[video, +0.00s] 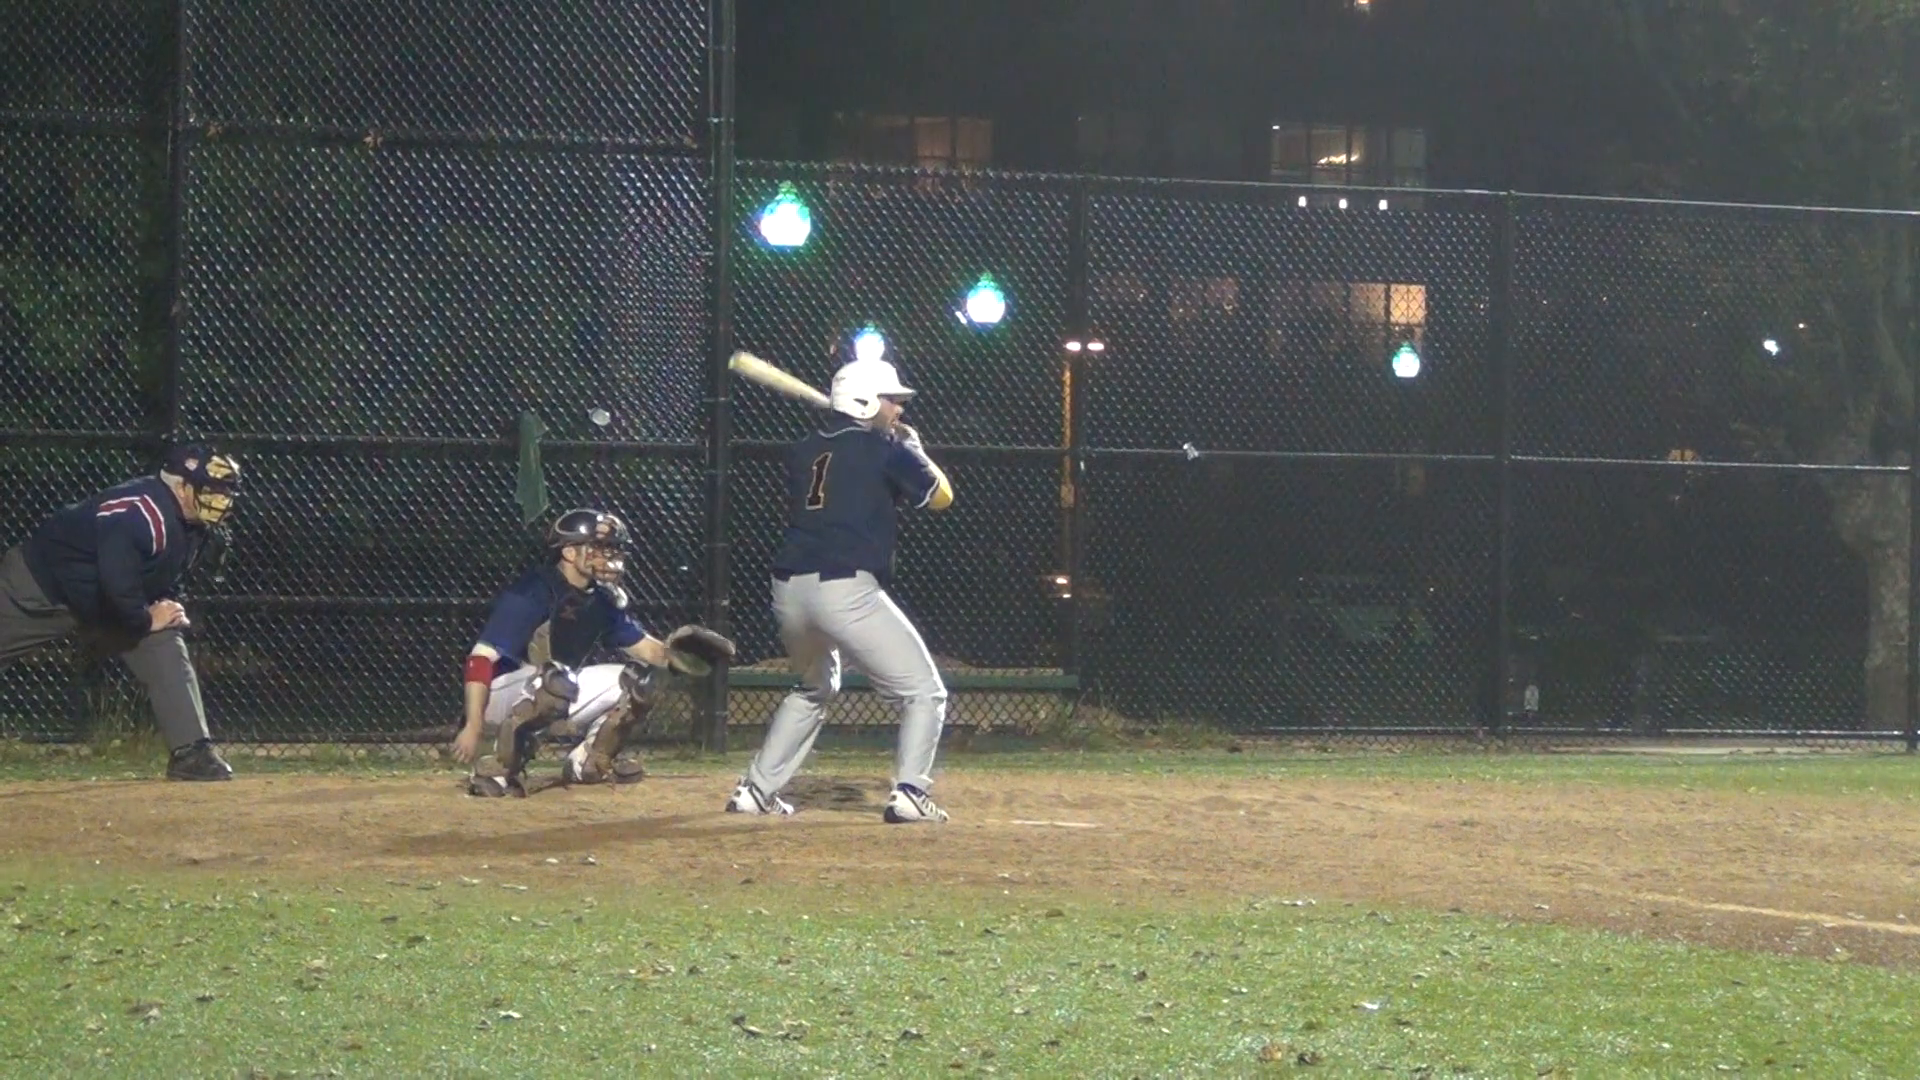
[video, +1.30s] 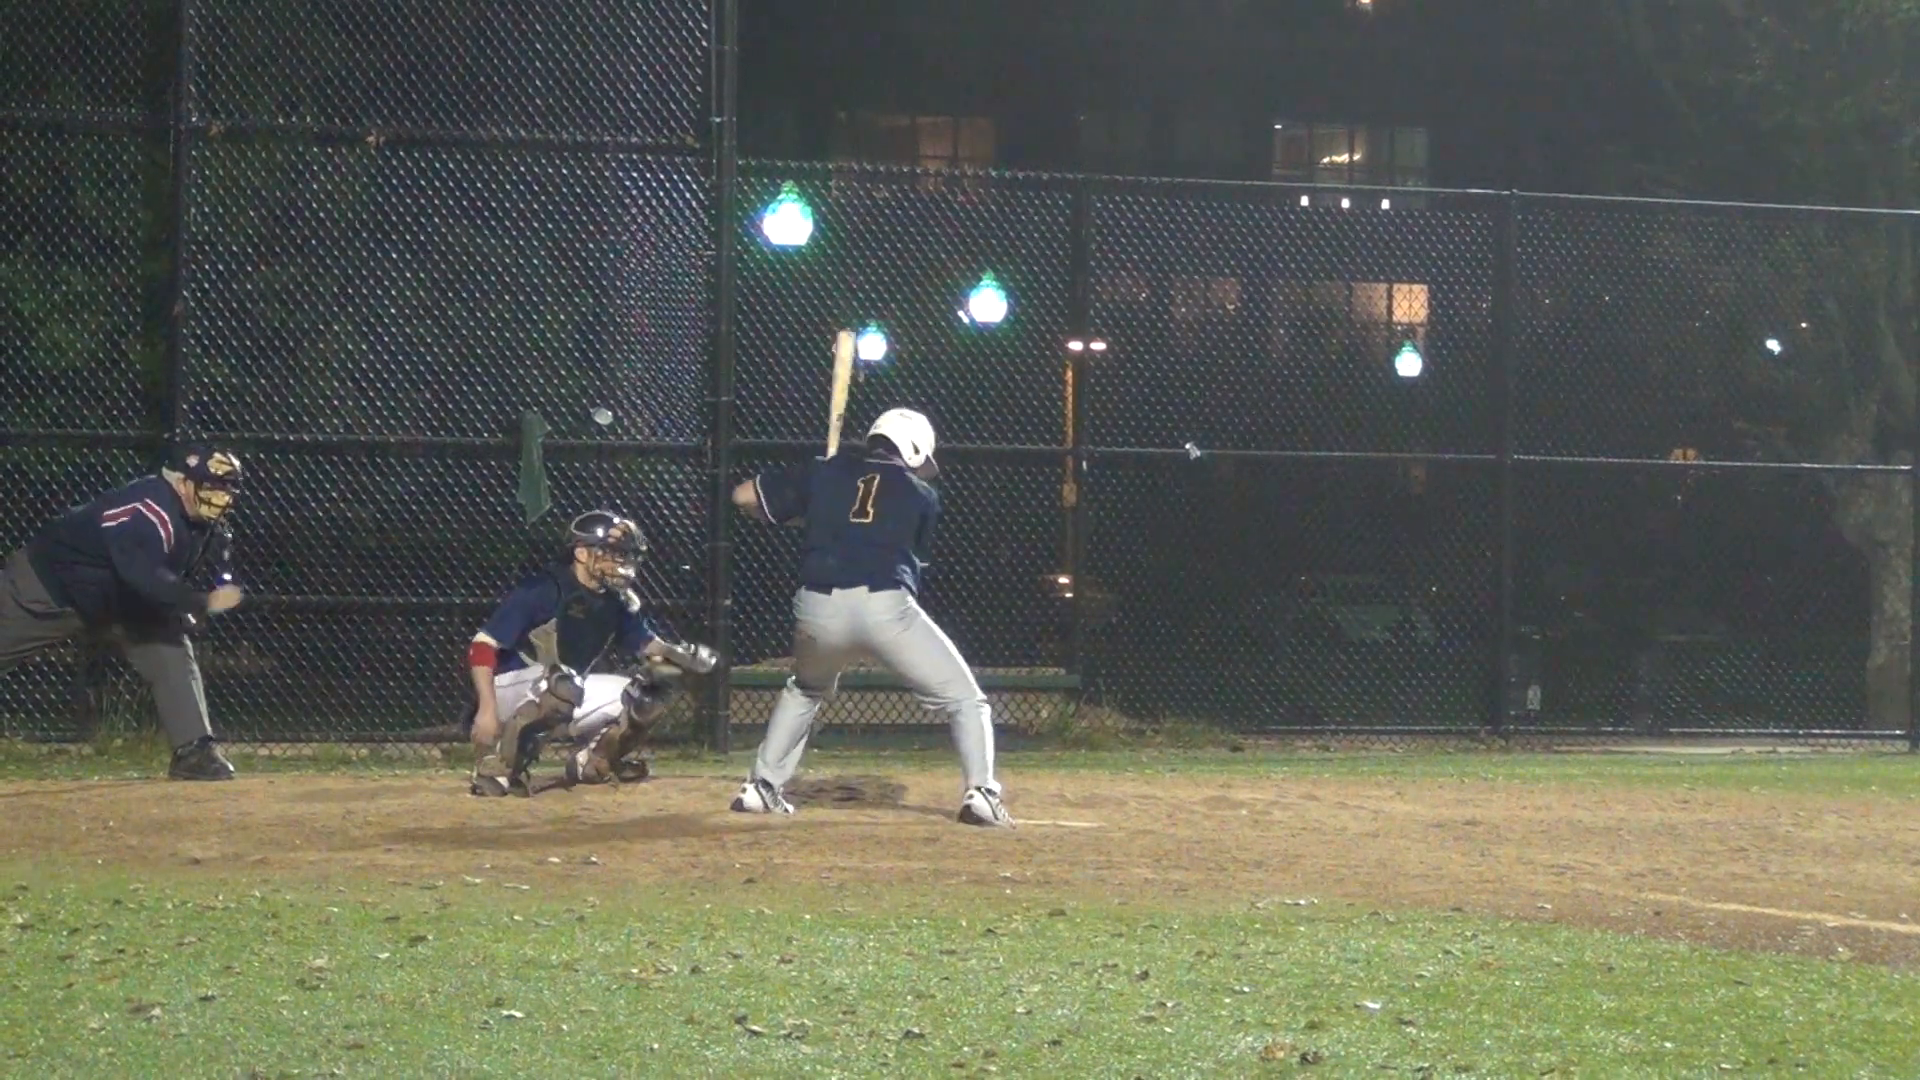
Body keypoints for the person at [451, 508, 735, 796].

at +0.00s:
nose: (610, 557)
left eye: (611, 549)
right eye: (601, 549)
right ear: (570, 553)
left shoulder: (602, 598)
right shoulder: (532, 592)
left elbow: (641, 646)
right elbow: (481, 657)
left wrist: (685, 654)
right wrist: (472, 724)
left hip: (558, 694)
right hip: (500, 693)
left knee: (636, 683)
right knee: (556, 681)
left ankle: (588, 765)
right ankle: (497, 773)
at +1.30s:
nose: (620, 563)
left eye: (623, 555)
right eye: (610, 554)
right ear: (582, 554)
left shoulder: (618, 600)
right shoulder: (545, 589)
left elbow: (647, 645)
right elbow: (482, 647)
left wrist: (682, 657)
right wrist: (487, 710)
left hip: (568, 692)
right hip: (505, 692)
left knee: (648, 692)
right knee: (562, 687)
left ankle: (594, 765)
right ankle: (496, 769)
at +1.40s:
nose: (622, 552)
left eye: (625, 545)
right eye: (612, 544)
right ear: (582, 545)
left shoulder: (621, 596)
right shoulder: (541, 584)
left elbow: (645, 649)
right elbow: (490, 642)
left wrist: (667, 659)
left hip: (575, 691)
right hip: (514, 690)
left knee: (651, 697)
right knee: (565, 691)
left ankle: (591, 764)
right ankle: (500, 771)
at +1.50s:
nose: (621, 539)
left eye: (624, 532)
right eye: (610, 530)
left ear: (631, 536)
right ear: (581, 534)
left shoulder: (621, 584)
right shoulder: (542, 580)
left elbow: (655, 652)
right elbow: (501, 645)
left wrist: (637, 626)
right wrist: (555, 638)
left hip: (579, 681)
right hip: (515, 679)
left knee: (657, 695)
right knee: (569, 690)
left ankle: (593, 761)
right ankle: (501, 770)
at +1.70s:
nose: (625, 521)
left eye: (629, 513)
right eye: (613, 511)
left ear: (637, 518)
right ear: (585, 515)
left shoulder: (639, 566)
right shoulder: (551, 564)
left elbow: (667, 638)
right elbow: (522, 641)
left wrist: (639, 606)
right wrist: (548, 611)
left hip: (600, 676)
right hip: (540, 668)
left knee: (678, 707)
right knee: (569, 685)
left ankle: (608, 752)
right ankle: (500, 767)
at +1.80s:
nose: (629, 515)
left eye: (635, 507)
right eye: (618, 505)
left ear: (645, 512)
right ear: (590, 508)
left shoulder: (647, 557)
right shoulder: (567, 551)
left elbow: (692, 620)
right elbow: (523, 628)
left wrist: (667, 583)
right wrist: (520, 590)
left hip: (615, 672)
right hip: (559, 660)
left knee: (688, 717)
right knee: (571, 683)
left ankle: (620, 749)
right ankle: (501, 767)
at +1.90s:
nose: (640, 510)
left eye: (645, 502)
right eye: (628, 501)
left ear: (654, 505)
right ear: (600, 505)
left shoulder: (658, 554)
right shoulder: (570, 550)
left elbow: (716, 599)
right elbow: (518, 602)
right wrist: (496, 551)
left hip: (632, 673)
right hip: (575, 662)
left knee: (696, 725)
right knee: (571, 682)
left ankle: (626, 749)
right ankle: (502, 765)